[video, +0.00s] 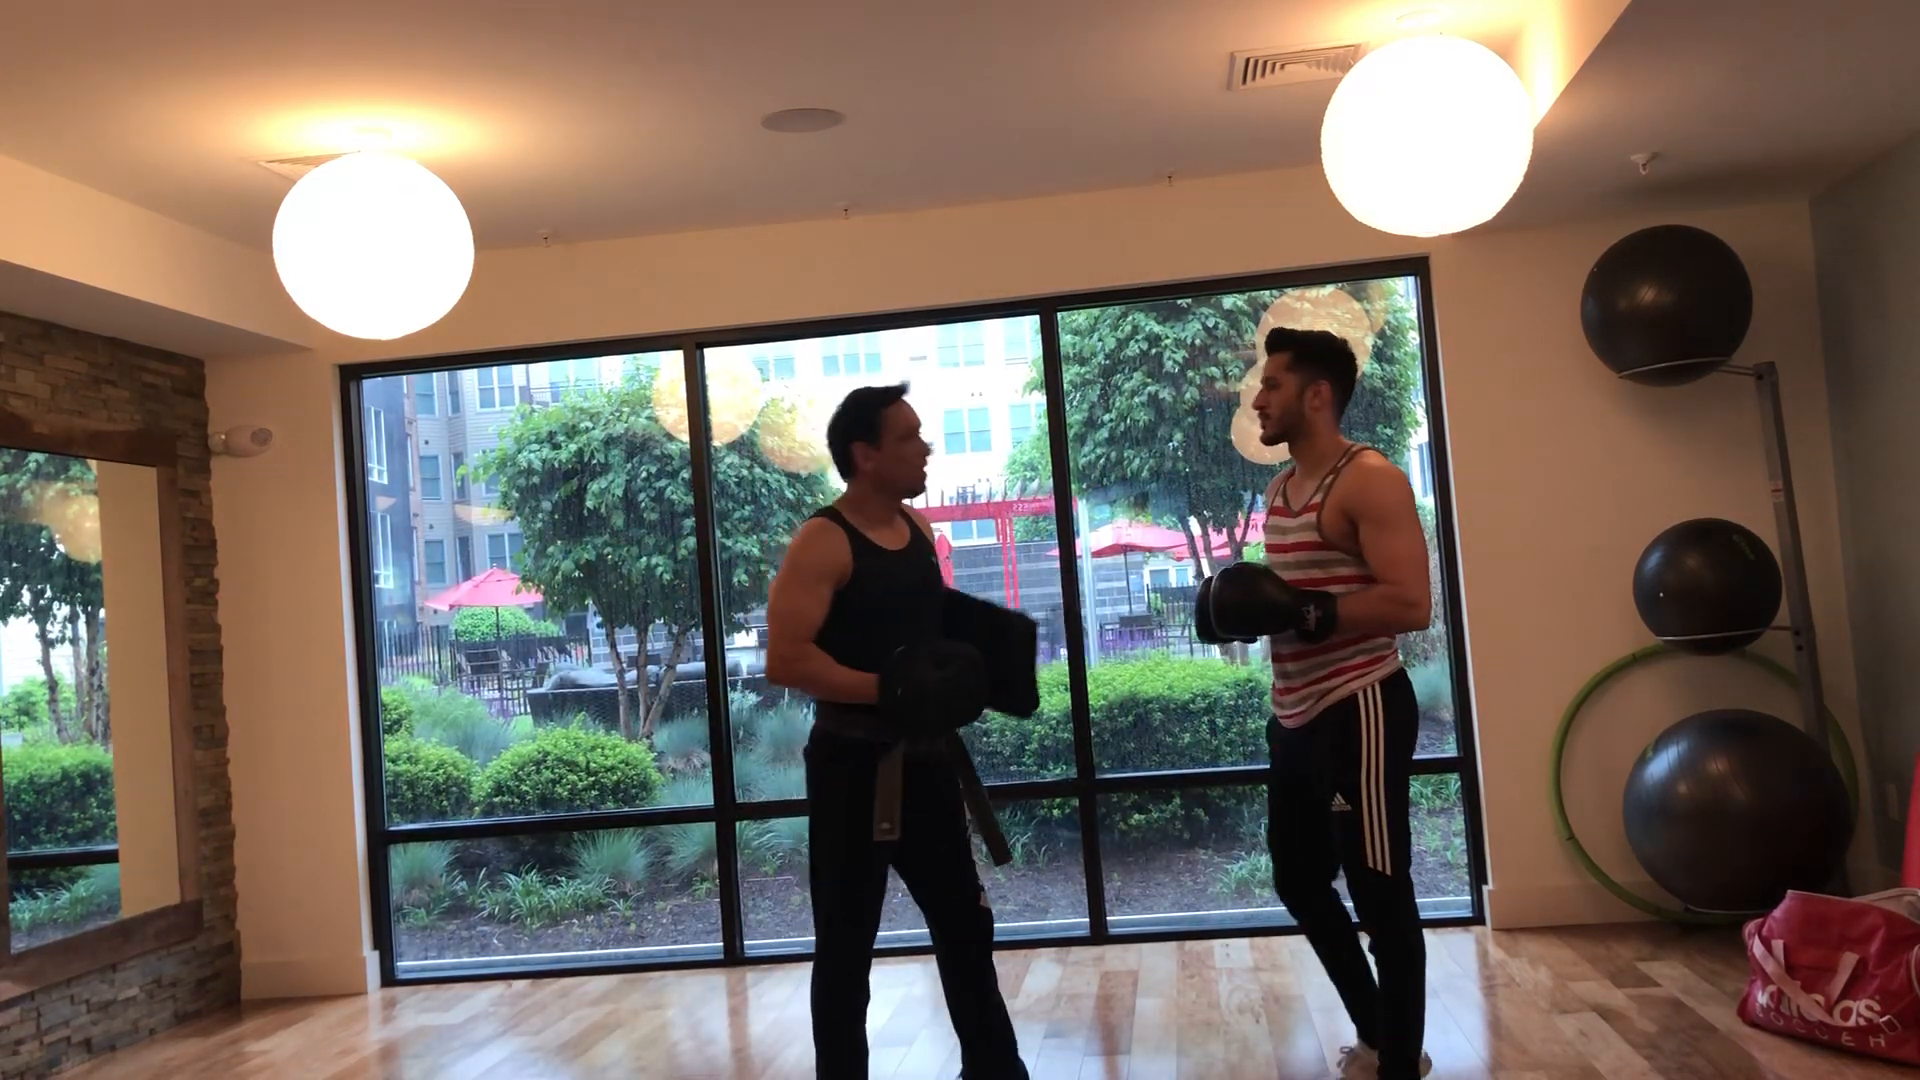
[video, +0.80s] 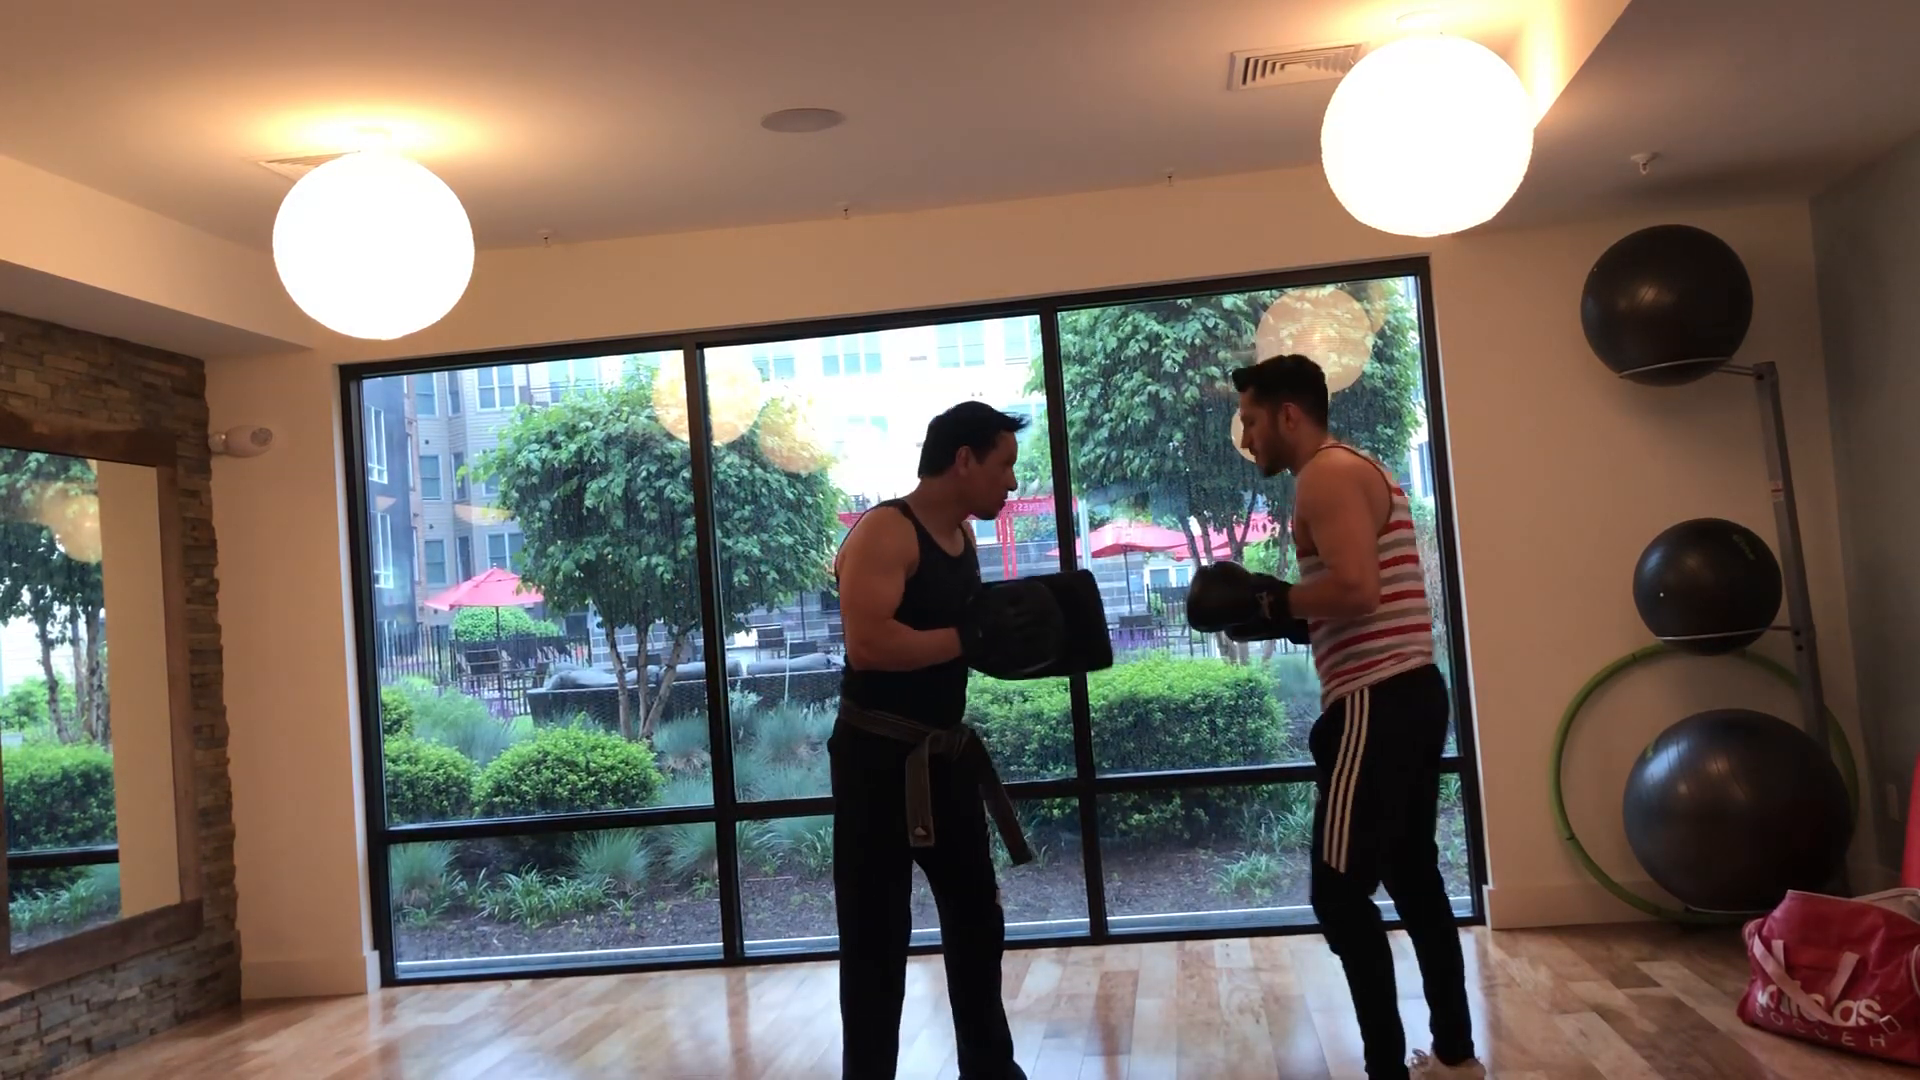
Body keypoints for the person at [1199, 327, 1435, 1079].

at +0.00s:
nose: (1256, 397)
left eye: (1271, 383)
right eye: (1259, 383)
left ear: (1319, 392)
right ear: (1302, 394)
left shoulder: (1371, 479)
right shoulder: (1282, 489)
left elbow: (1413, 603)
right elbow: (1306, 592)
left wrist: (1301, 611)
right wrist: (1243, 603)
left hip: (1365, 699)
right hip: (1299, 707)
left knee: (1380, 887)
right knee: (1300, 882)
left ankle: (1403, 1062)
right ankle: (1378, 1036)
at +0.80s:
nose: (1240, 433)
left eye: (1247, 416)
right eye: (1239, 418)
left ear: (1286, 412)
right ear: (1298, 415)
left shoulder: (1329, 475)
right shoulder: (1355, 469)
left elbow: (1355, 590)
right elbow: (1361, 594)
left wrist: (1270, 600)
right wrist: (1280, 611)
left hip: (1375, 700)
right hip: (1409, 692)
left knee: (1338, 894)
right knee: (1413, 873)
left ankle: (1385, 1069)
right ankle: (1453, 1047)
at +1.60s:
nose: (1236, 529)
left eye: (1239, 511)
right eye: (1231, 514)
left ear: (1283, 498)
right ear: (1292, 498)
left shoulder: (1336, 550)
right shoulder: (1371, 530)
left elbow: (1293, 689)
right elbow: (1370, 664)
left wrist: (1234, 626)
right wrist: (1267, 628)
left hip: (1465, 734)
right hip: (1491, 725)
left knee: (1374, 919)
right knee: (1427, 898)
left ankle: (1423, 1070)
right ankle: (1478, 1048)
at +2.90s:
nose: (1282, 468)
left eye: (1288, 450)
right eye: (1278, 452)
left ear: (1330, 442)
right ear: (1335, 445)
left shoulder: (1389, 495)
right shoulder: (1400, 489)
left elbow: (1372, 621)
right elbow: (1401, 612)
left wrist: (1290, 574)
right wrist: (1332, 617)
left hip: (1471, 701)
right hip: (1485, 694)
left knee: (1430, 892)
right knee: (1482, 879)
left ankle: (1450, 1072)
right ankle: (1554, 1030)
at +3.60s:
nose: (1269, 554)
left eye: (1274, 539)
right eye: (1268, 539)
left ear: (1315, 535)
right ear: (1320, 533)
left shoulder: (1414, 601)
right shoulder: (1359, 580)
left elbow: (1349, 731)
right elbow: (1383, 662)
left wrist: (1293, 646)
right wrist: (1320, 702)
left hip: (1508, 752)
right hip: (1458, 750)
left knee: (1414, 919)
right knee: (1427, 914)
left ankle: (1458, 1075)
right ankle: (1547, 1038)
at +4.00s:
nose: (1258, 495)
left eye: (1259, 476)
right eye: (1254, 480)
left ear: (1298, 462)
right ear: (1308, 463)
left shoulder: (1360, 522)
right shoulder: (1376, 509)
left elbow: (1342, 650)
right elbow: (1370, 644)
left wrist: (1260, 643)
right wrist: (1292, 654)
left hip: (1464, 723)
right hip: (1466, 717)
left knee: (1415, 910)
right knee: (1447, 893)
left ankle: (1457, 1067)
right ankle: (1493, 1044)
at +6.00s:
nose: (1295, 535)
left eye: (1296, 518)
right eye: (1290, 524)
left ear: (1337, 502)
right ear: (1353, 501)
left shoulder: (1375, 527)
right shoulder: (1417, 549)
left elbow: (1420, 583)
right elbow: (1369, 673)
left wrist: (1320, 601)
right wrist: (1308, 623)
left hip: (1502, 702)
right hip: (1552, 702)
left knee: (1398, 876)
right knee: (1481, 867)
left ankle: (1468, 1064)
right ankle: (1530, 1037)